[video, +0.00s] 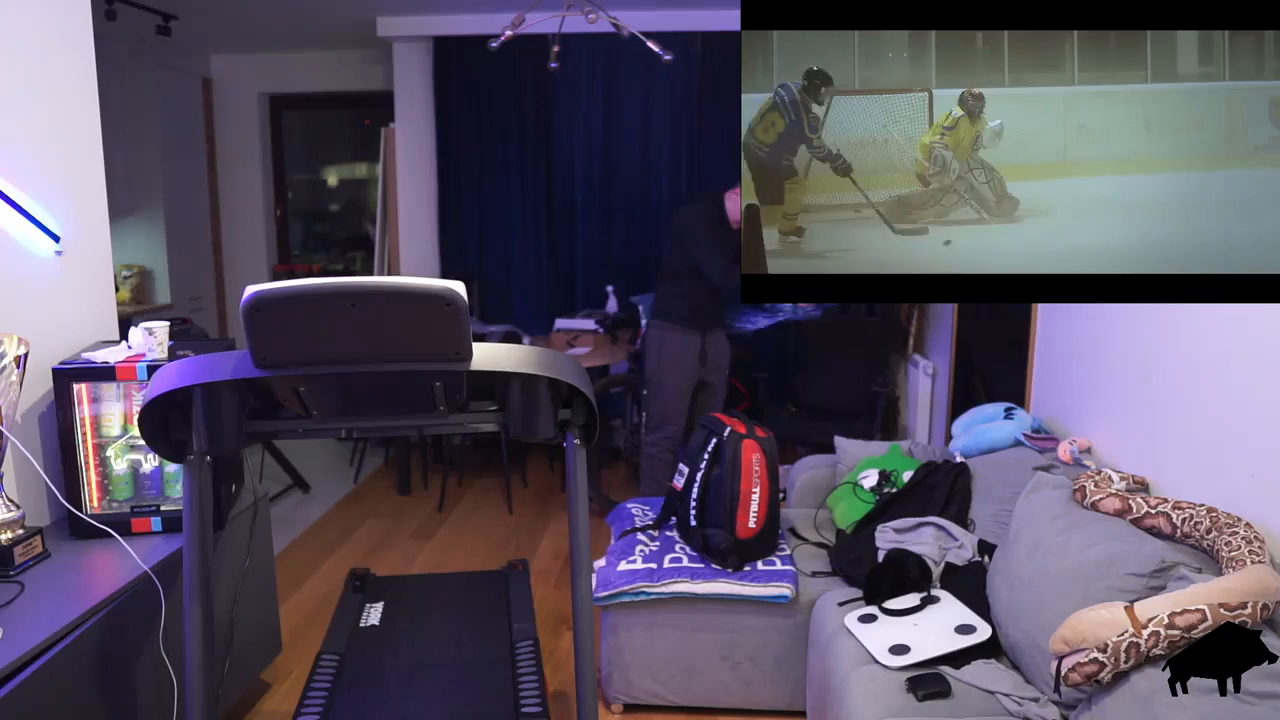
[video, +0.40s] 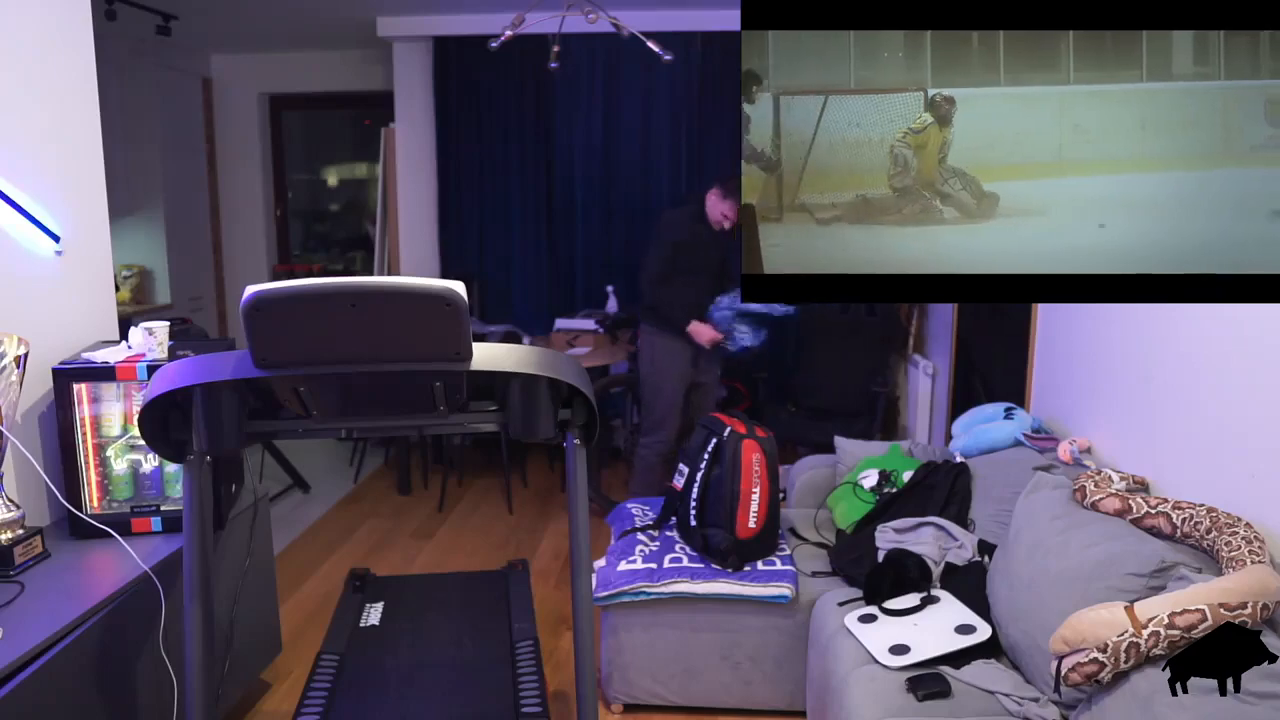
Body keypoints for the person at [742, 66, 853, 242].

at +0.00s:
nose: (827, 96)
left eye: (828, 91)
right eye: (825, 91)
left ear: (807, 85)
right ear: (814, 89)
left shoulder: (787, 88)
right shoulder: (808, 118)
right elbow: (818, 149)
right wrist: (839, 163)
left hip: (753, 145)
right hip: (770, 157)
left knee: (795, 186)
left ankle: (788, 227)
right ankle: (788, 228)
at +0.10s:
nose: (812, 97)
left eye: (813, 92)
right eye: (811, 92)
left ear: (794, 86)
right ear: (800, 89)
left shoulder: (772, 90)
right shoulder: (794, 118)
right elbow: (805, 147)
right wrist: (826, 159)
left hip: (743, 149)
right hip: (764, 159)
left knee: (750, 193)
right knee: (777, 187)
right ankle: (776, 227)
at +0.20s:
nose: (791, 97)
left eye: (792, 92)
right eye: (790, 92)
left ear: (773, 86)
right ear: (780, 89)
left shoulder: (753, 92)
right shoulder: (772, 113)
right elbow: (782, 145)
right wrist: (805, 157)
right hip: (742, 159)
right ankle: (750, 227)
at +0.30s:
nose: (774, 94)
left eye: (775, 90)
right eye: (772, 89)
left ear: (758, 85)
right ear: (762, 86)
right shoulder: (756, 112)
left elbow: (764, 143)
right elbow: (764, 144)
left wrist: (788, 158)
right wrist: (789, 158)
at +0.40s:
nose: (756, 93)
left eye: (757, 89)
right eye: (754, 88)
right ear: (746, 87)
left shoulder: (744, 116)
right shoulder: (743, 116)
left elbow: (744, 145)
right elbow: (743, 145)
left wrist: (764, 161)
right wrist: (764, 162)